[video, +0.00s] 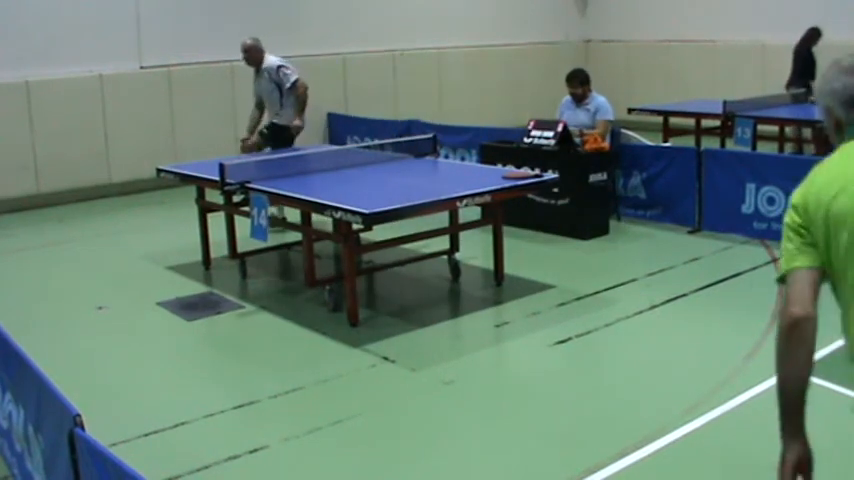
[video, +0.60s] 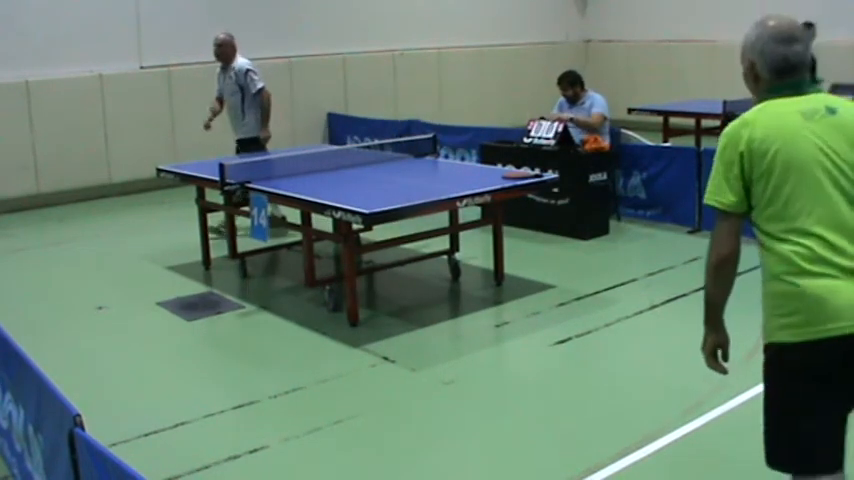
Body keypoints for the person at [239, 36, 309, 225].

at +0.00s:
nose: (245, 59)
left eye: (247, 54)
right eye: (244, 55)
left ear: (258, 52)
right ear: (249, 54)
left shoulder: (275, 66)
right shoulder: (259, 72)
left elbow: (301, 88)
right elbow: (259, 106)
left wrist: (299, 117)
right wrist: (249, 135)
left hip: (286, 122)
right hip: (277, 122)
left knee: (249, 147)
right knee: (277, 166)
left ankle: (249, 191)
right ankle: (278, 211)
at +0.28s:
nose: (228, 58)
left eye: (231, 53)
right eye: (226, 54)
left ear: (243, 52)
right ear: (229, 56)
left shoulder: (260, 66)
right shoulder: (240, 77)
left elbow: (289, 82)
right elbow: (240, 106)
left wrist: (298, 113)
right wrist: (231, 129)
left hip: (276, 119)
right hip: (266, 119)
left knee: (230, 135)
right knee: (268, 167)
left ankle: (249, 177)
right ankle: (277, 209)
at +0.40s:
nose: (225, 55)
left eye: (228, 50)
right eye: (223, 51)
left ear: (240, 49)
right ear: (225, 53)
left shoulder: (256, 65)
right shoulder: (236, 73)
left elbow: (281, 87)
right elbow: (232, 100)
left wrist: (288, 119)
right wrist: (220, 117)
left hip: (268, 123)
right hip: (256, 123)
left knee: (229, 150)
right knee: (266, 167)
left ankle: (242, 191)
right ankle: (277, 209)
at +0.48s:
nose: (222, 52)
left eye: (225, 48)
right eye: (221, 48)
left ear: (237, 48)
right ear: (224, 50)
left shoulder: (253, 66)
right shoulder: (231, 71)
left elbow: (276, 91)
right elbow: (226, 98)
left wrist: (279, 121)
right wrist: (217, 111)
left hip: (263, 127)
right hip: (252, 128)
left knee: (233, 164)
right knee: (268, 171)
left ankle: (231, 212)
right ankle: (276, 212)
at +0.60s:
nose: (216, 52)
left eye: (220, 47)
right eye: (215, 47)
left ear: (232, 48)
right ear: (216, 50)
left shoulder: (244, 68)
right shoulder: (223, 72)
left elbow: (265, 95)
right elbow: (220, 100)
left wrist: (265, 127)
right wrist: (211, 117)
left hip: (253, 135)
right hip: (242, 135)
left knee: (239, 180)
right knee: (261, 175)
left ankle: (229, 221)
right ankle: (275, 212)